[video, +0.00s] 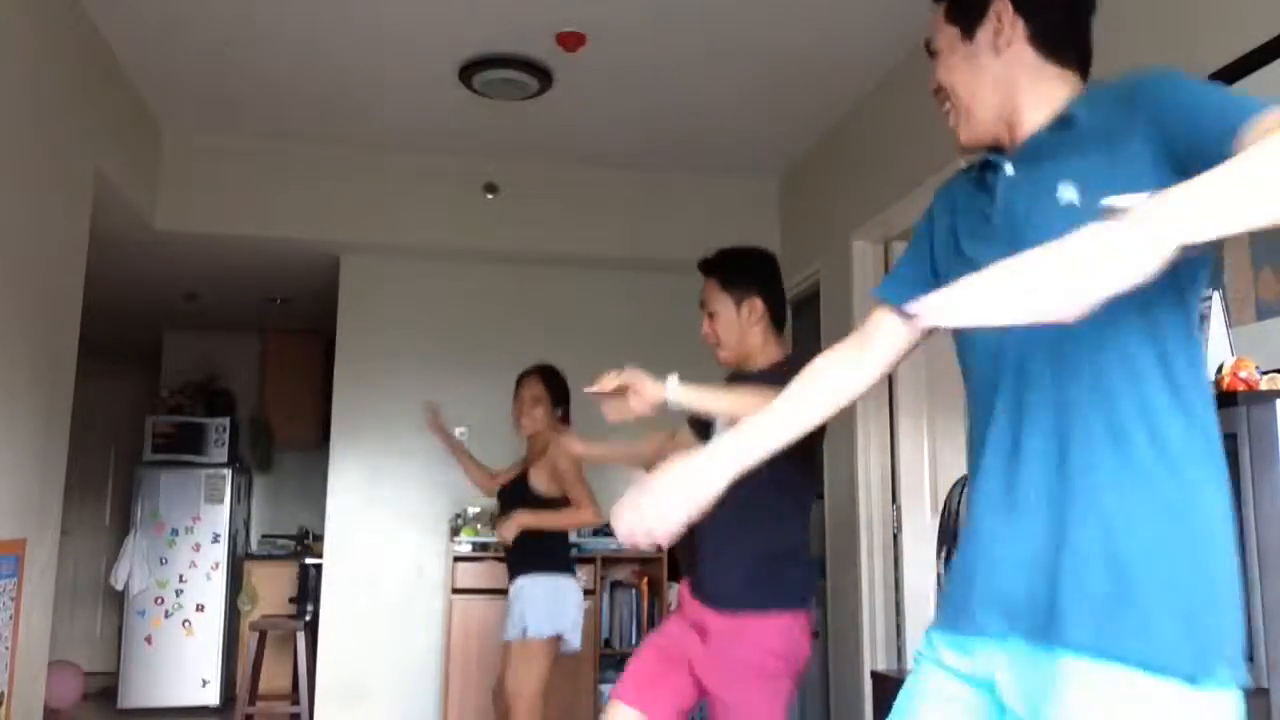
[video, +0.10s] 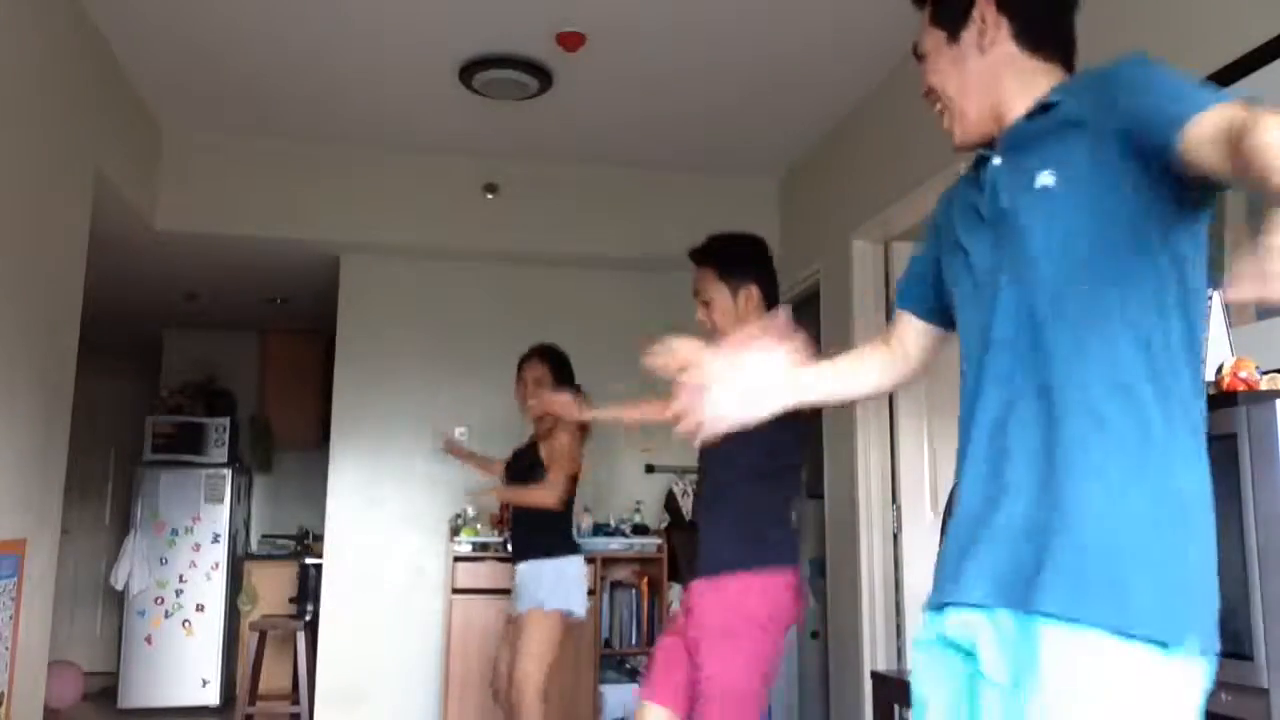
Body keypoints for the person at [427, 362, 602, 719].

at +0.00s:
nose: (524, 410)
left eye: (535, 401)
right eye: (519, 401)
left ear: (556, 408)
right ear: (513, 406)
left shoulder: (559, 449)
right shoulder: (532, 457)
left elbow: (590, 513)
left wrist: (522, 519)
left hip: (545, 585)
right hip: (528, 585)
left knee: (523, 700)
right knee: (506, 696)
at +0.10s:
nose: (527, 391)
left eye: (537, 381)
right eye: (522, 382)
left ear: (559, 385)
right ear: (516, 386)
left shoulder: (562, 432)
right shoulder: (539, 436)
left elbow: (554, 496)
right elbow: (503, 472)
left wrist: (500, 494)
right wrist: (463, 454)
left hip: (552, 568)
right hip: (531, 567)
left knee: (525, 689)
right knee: (505, 687)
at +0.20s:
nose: (531, 403)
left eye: (542, 393)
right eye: (526, 394)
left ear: (566, 399)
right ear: (520, 398)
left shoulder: (566, 441)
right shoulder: (541, 443)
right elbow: (505, 466)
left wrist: (480, 463)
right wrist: (483, 462)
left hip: (557, 583)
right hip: (523, 581)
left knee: (535, 696)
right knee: (515, 689)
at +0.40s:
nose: (537, 419)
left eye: (548, 410)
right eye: (533, 410)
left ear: (571, 418)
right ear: (527, 413)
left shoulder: (571, 460)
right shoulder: (542, 464)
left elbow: (494, 457)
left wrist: (481, 445)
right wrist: (511, 517)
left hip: (562, 602)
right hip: (524, 598)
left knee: (544, 705)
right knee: (517, 703)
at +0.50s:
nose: (546, 399)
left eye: (558, 391)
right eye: (542, 390)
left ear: (579, 400)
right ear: (536, 394)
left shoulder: (571, 437)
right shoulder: (552, 440)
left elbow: (507, 445)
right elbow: (533, 486)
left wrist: (446, 437)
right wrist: (488, 488)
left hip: (563, 579)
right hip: (543, 577)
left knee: (539, 694)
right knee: (527, 688)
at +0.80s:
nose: (550, 417)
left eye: (558, 410)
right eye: (552, 410)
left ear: (578, 416)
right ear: (571, 416)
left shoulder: (578, 455)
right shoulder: (556, 462)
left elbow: (528, 445)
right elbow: (517, 462)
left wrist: (488, 432)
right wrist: (485, 441)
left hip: (564, 589)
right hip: (546, 589)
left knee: (550, 696)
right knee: (540, 695)